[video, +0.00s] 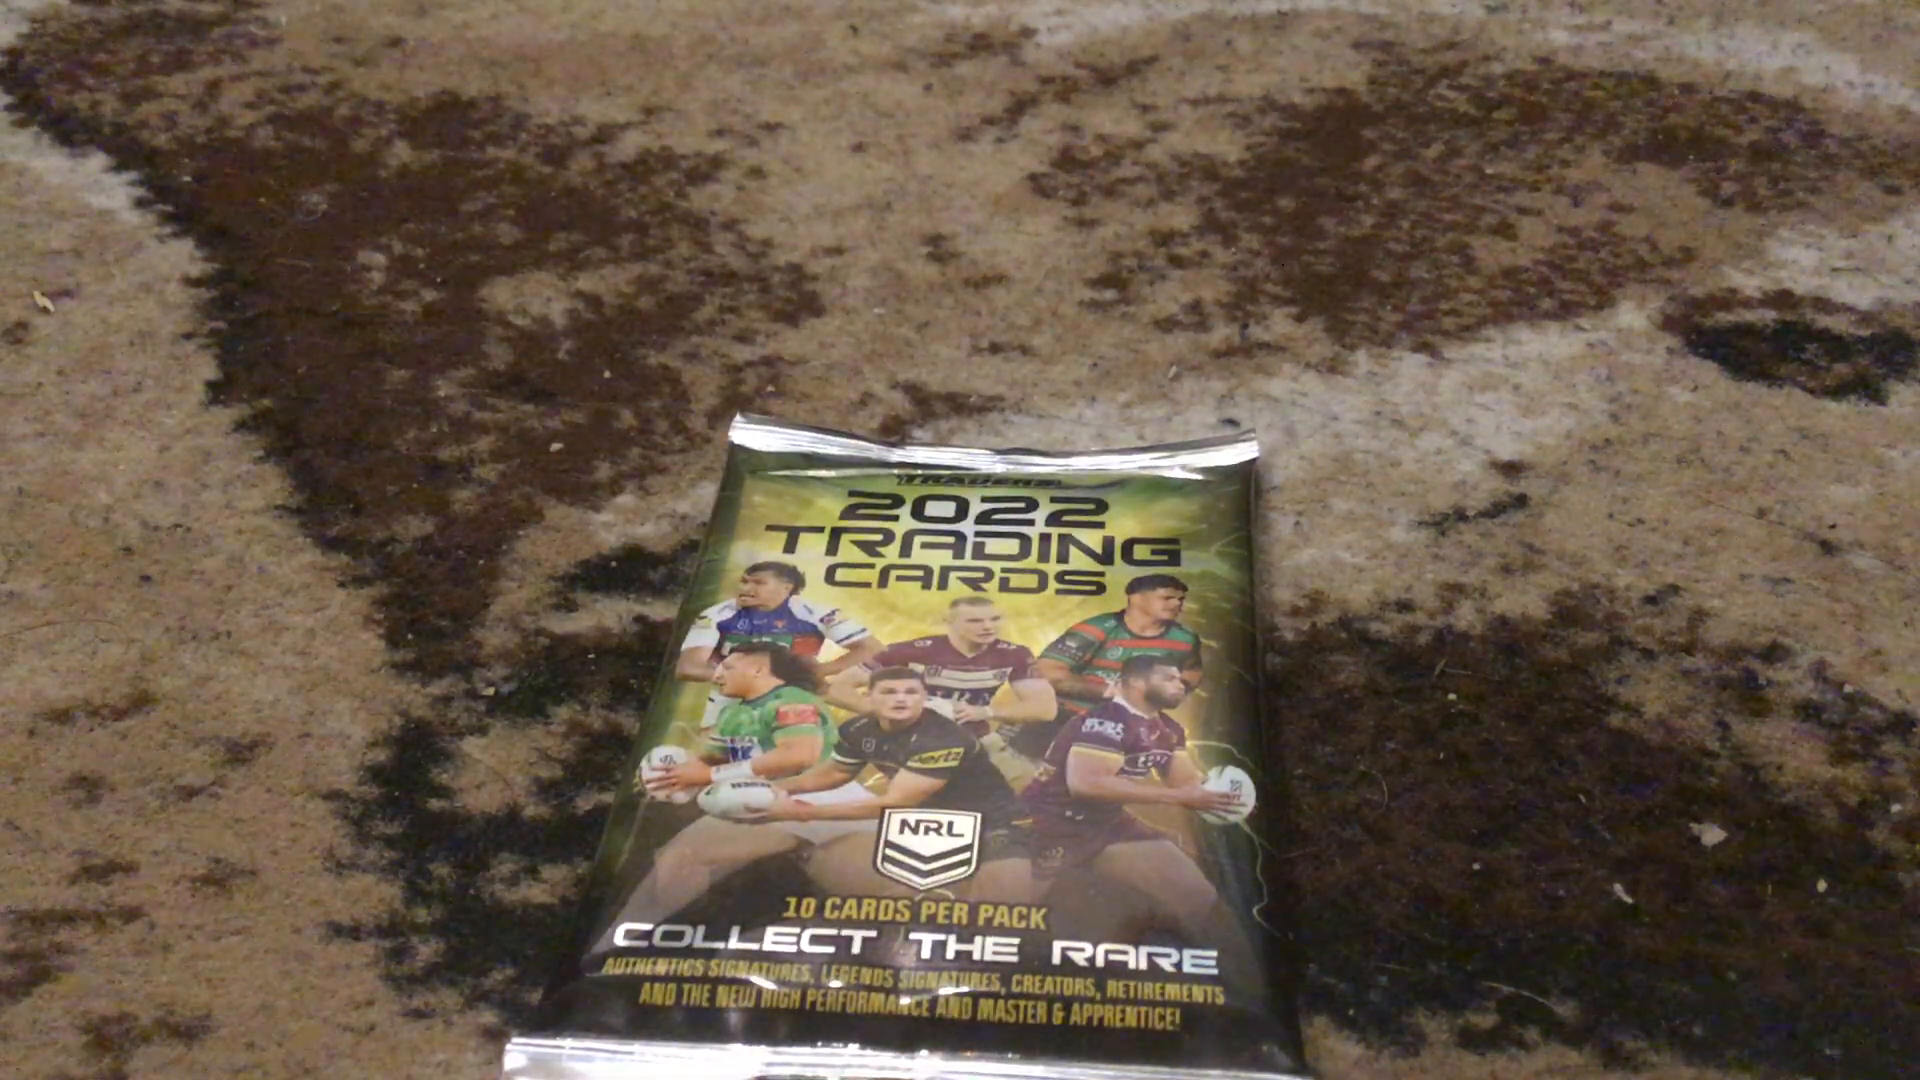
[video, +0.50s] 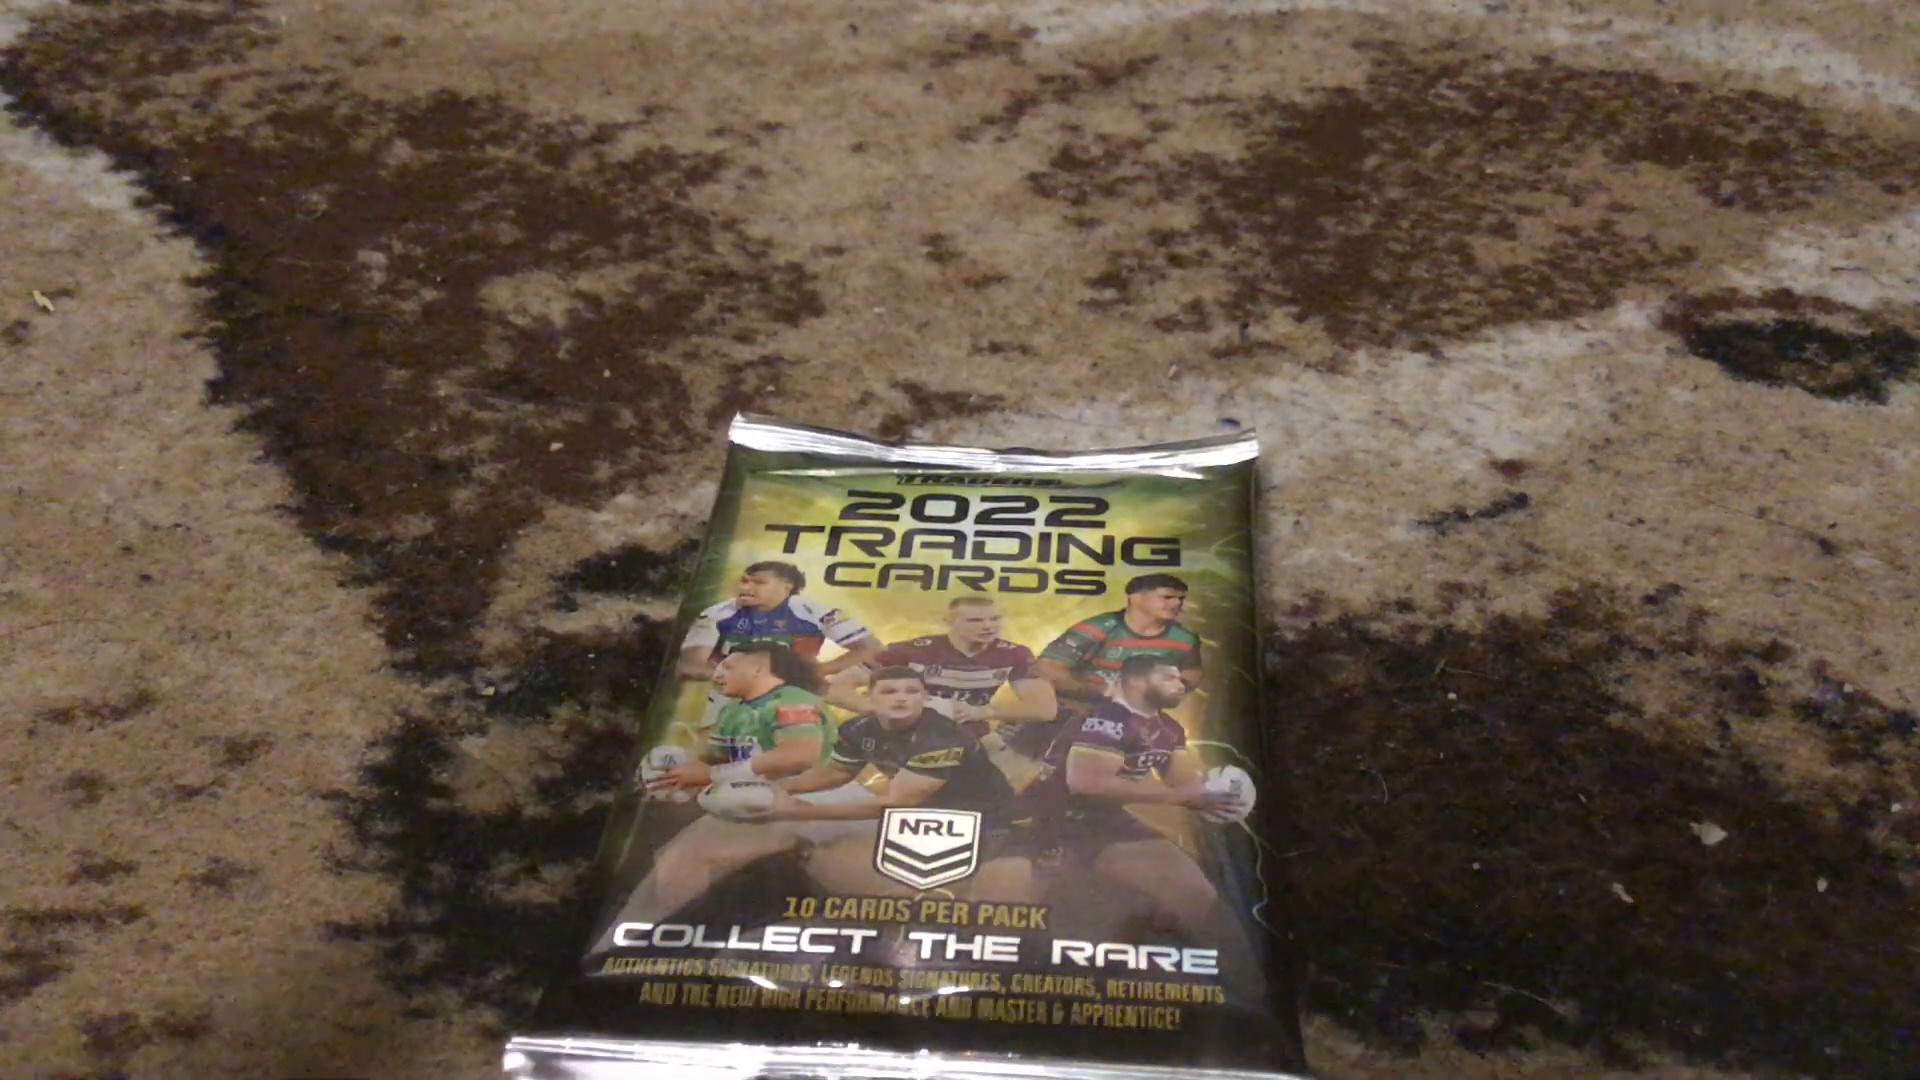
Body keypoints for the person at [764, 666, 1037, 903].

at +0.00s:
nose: (900, 700)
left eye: (910, 692)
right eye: (889, 692)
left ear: (924, 698)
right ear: (872, 698)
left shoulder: (944, 738)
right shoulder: (861, 731)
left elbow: (894, 805)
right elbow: (833, 772)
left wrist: (808, 812)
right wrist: (786, 786)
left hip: (993, 830)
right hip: (928, 828)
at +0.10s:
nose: (900, 700)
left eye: (910, 692)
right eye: (889, 692)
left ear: (924, 698)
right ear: (872, 698)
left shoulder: (943, 738)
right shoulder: (862, 731)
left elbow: (895, 805)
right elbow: (834, 771)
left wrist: (809, 812)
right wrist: (787, 786)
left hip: (995, 831)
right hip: (931, 829)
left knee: (1001, 919)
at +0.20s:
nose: (901, 698)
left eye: (911, 691)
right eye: (889, 690)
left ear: (924, 698)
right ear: (870, 698)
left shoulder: (944, 738)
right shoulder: (860, 731)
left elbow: (892, 805)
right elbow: (834, 772)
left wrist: (808, 812)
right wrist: (782, 786)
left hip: (994, 830)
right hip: (929, 828)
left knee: (1004, 917)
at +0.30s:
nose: (900, 698)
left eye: (911, 691)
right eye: (889, 690)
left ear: (924, 698)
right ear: (870, 698)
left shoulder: (944, 738)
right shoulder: (860, 731)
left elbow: (892, 805)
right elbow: (834, 772)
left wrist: (808, 812)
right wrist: (783, 785)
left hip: (993, 828)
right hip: (929, 825)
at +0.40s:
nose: (900, 698)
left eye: (911, 691)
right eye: (889, 691)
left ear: (924, 698)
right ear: (870, 698)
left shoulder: (943, 738)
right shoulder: (861, 730)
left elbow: (892, 805)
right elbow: (833, 772)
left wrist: (811, 812)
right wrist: (781, 786)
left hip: (991, 828)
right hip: (926, 825)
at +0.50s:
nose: (900, 699)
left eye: (910, 692)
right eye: (889, 691)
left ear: (924, 698)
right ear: (872, 698)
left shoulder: (943, 736)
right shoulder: (861, 731)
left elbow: (894, 805)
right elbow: (833, 771)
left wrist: (800, 810)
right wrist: (783, 787)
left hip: (986, 820)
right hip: (924, 815)